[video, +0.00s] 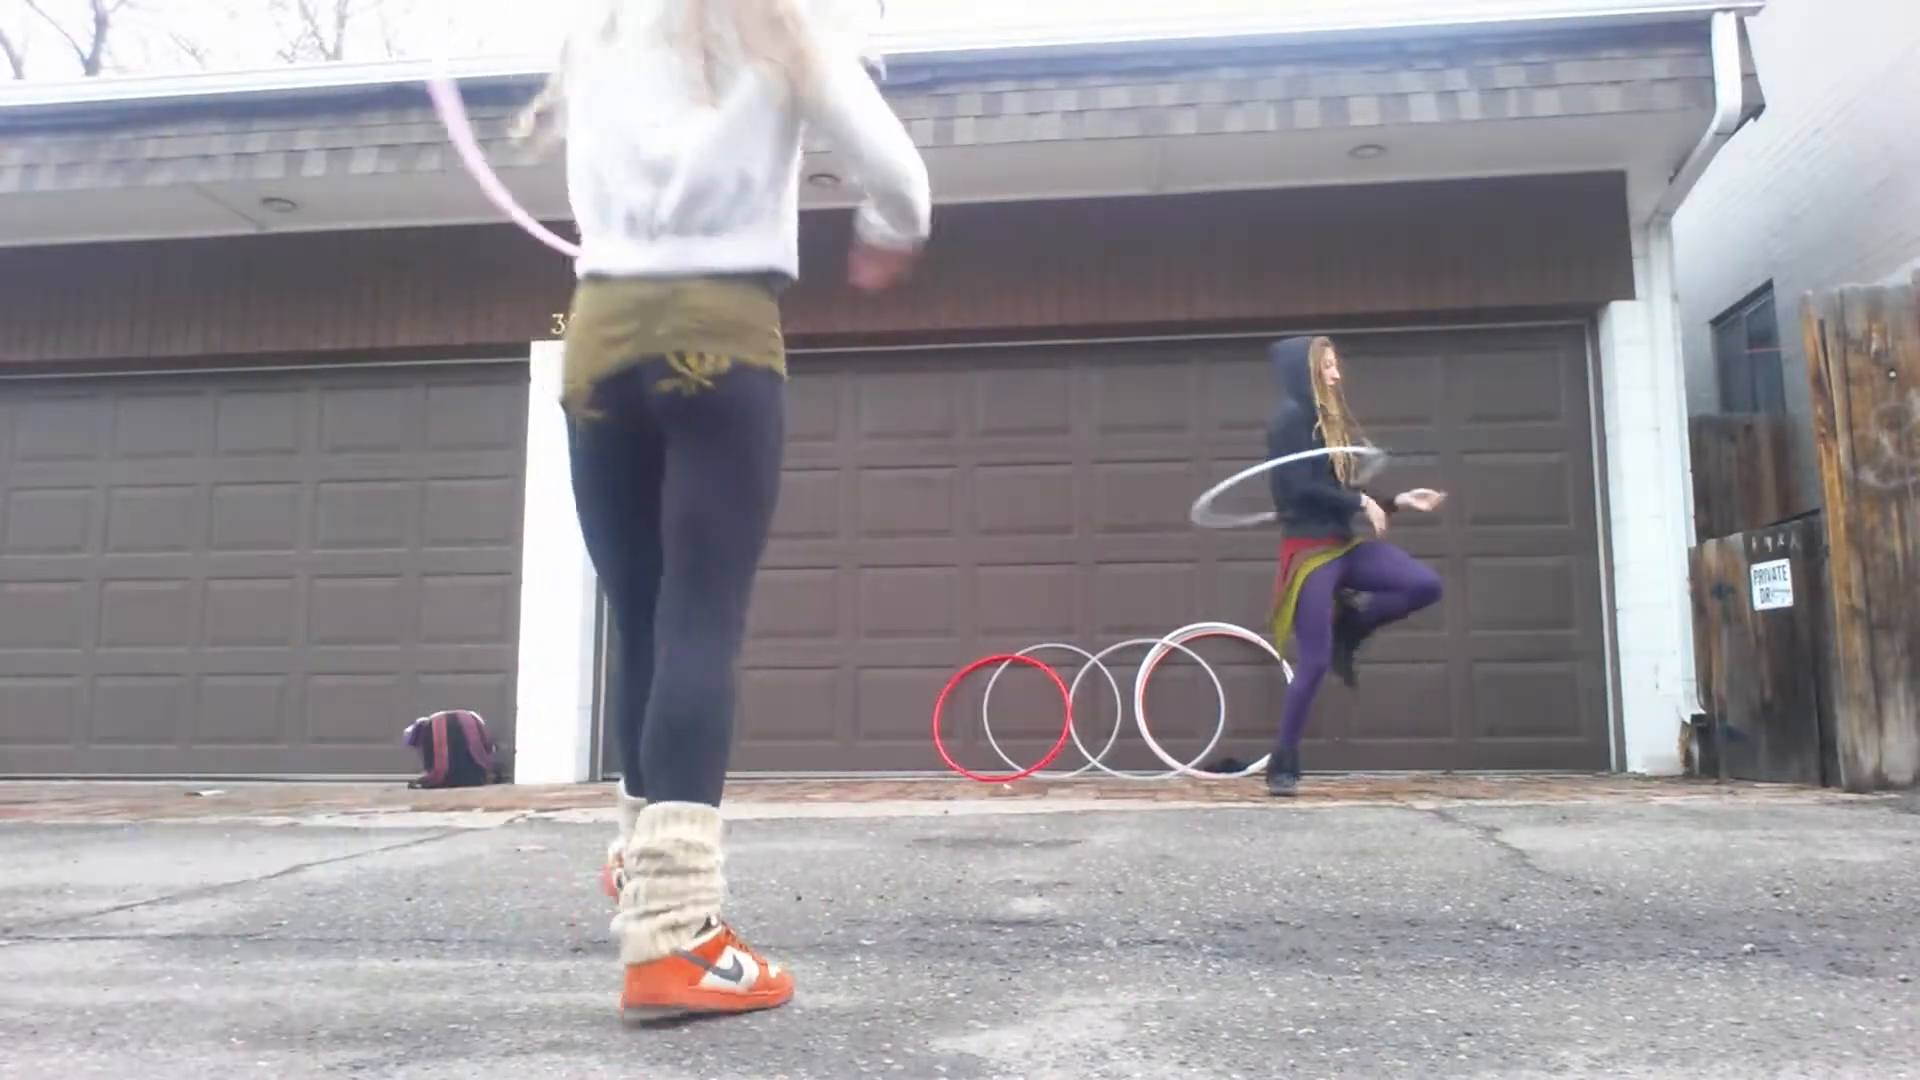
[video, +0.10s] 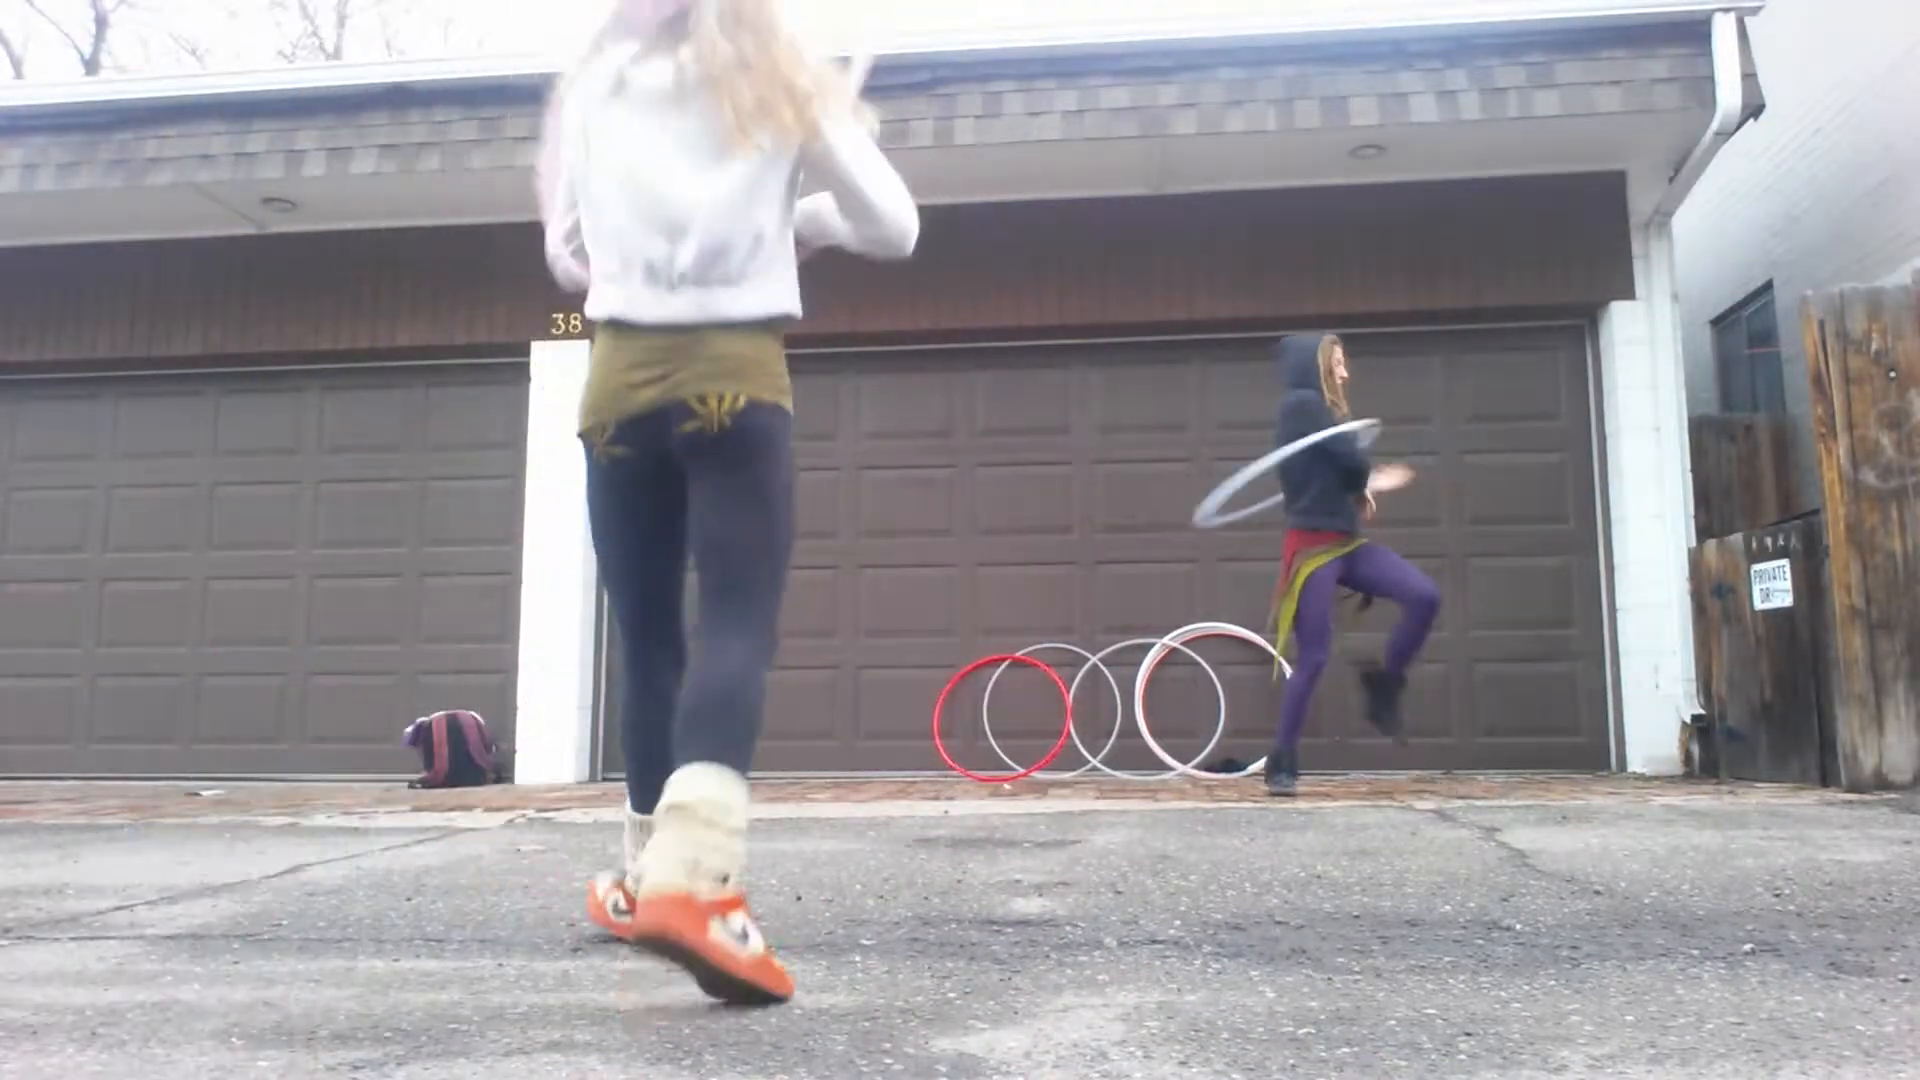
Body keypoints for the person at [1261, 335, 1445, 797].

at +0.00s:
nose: (1335, 372)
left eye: (1335, 365)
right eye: (1326, 366)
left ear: (1333, 369)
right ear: (1305, 371)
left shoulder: (1331, 420)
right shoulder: (1292, 420)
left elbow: (1340, 492)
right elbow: (1299, 488)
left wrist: (1397, 502)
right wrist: (1357, 505)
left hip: (1348, 545)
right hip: (1311, 551)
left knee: (1424, 586)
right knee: (1314, 662)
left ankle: (1349, 624)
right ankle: (1283, 763)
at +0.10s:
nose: (1343, 370)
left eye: (1342, 362)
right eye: (1336, 362)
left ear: (1322, 367)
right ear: (1314, 366)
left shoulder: (1325, 411)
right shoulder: (1305, 406)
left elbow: (1318, 480)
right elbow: (1352, 463)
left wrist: (1356, 496)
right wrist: (1381, 477)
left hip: (1348, 543)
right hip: (1312, 548)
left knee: (1423, 597)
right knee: (1312, 656)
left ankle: (1387, 682)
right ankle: (1282, 761)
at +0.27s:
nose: (1362, 367)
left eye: (1362, 359)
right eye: (1354, 359)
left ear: (1350, 364)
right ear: (1331, 364)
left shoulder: (1354, 406)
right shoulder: (1312, 402)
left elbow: (1354, 465)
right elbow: (1350, 449)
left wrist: (1384, 457)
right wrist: (1384, 456)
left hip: (1372, 544)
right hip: (1328, 547)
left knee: (1417, 646)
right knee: (1313, 658)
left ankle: (1446, 761)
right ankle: (1282, 765)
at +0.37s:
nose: (1371, 379)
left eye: (1376, 372)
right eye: (1362, 371)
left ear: (1385, 378)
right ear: (1343, 374)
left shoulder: (1387, 430)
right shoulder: (1319, 422)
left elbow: (1393, 494)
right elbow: (1335, 426)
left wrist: (1443, 479)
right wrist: (1391, 419)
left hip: (1393, 554)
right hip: (1341, 555)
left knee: (1426, 655)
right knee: (1321, 660)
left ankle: (1445, 768)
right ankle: (1285, 765)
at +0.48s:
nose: (1382, 383)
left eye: (1388, 376)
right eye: (1372, 375)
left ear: (1397, 381)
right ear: (1355, 380)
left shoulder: (1415, 428)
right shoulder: (1336, 419)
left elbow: (1439, 486)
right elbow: (1290, 442)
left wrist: (1417, 490)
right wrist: (1331, 427)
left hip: (1405, 558)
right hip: (1348, 557)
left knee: (1435, 659)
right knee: (1327, 663)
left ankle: (1445, 770)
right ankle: (1287, 766)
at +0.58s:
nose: (1386, 387)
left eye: (1393, 378)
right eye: (1377, 378)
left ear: (1406, 384)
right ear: (1360, 383)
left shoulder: (1425, 431)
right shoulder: (1340, 426)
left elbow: (1419, 483)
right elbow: (1302, 461)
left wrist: (1360, 497)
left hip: (1413, 561)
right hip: (1354, 559)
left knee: (1439, 664)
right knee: (1328, 665)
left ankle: (1445, 768)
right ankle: (1291, 763)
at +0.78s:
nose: (1376, 389)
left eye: (1385, 381)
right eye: (1368, 381)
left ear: (1396, 387)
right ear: (1355, 387)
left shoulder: (1412, 436)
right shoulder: (1339, 435)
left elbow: (1407, 490)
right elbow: (1318, 476)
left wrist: (1364, 514)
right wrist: (1330, 512)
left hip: (1404, 568)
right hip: (1348, 569)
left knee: (1436, 663)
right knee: (1323, 665)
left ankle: (1446, 769)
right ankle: (1299, 765)